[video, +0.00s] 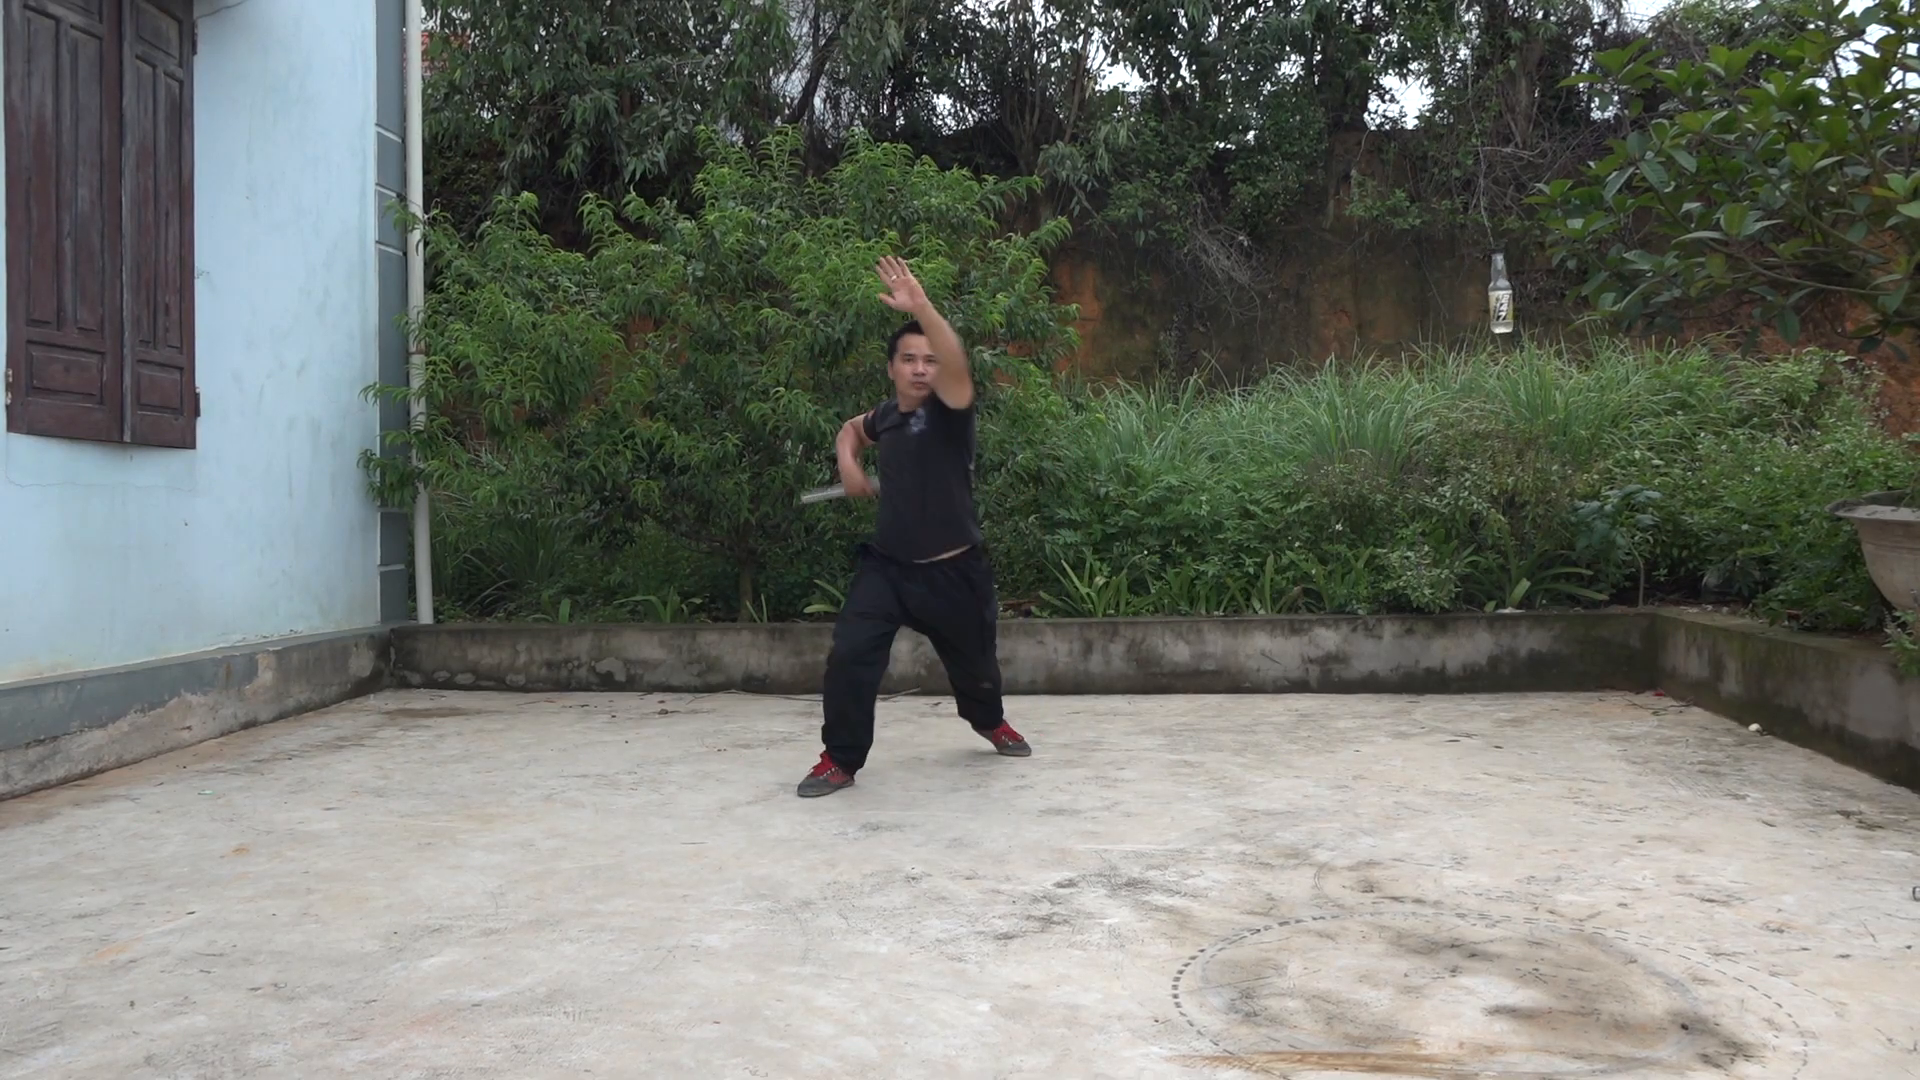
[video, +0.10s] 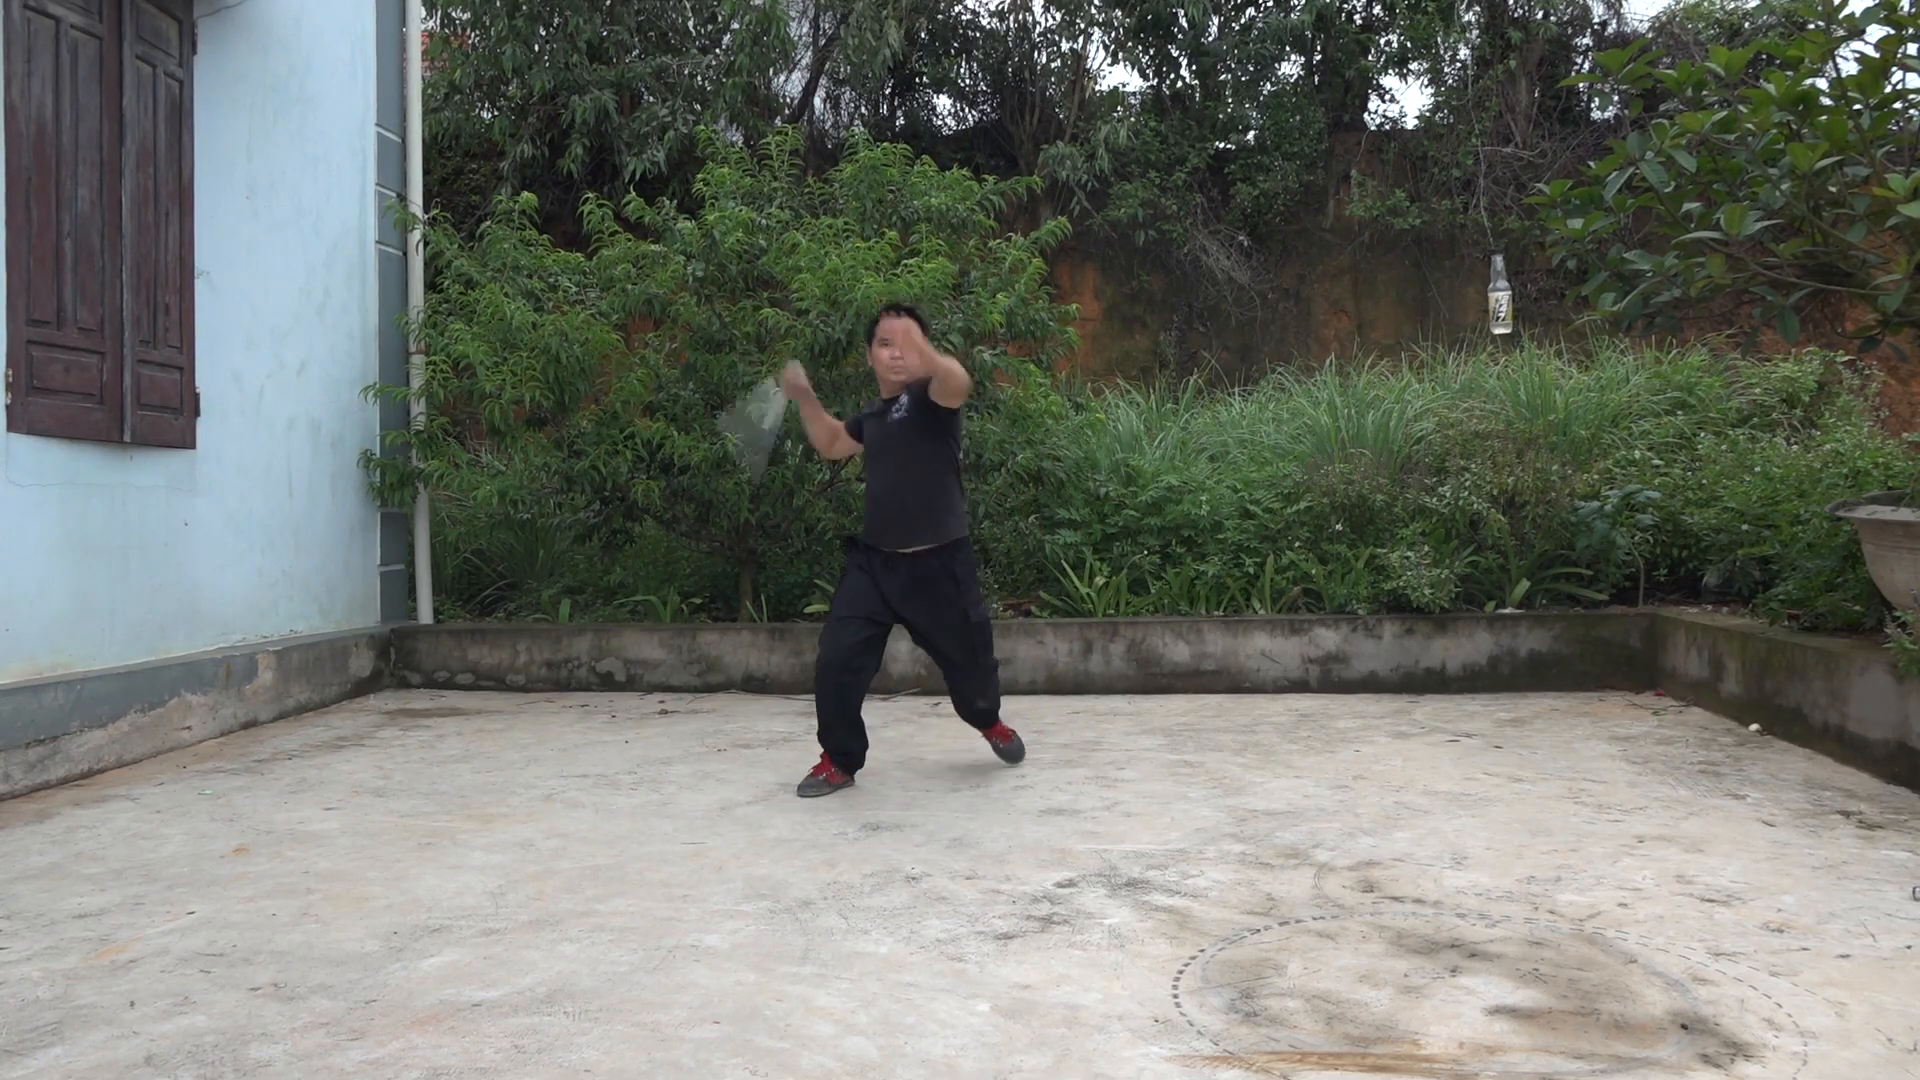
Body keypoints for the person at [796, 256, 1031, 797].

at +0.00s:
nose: (920, 368)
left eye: (928, 360)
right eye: (909, 359)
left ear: (942, 367)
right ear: (892, 369)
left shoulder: (953, 409)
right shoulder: (883, 417)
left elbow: (954, 361)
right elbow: (850, 432)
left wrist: (922, 308)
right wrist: (849, 466)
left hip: (954, 570)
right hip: (888, 567)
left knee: (975, 666)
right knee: (849, 658)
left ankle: (990, 723)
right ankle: (841, 760)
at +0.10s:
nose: (897, 354)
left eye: (907, 345)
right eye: (886, 344)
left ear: (923, 356)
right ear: (870, 354)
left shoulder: (936, 400)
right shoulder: (871, 417)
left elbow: (958, 384)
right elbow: (831, 444)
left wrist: (931, 357)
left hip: (941, 562)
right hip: (875, 564)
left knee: (972, 659)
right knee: (837, 662)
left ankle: (988, 720)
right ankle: (840, 761)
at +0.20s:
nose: (892, 341)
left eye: (904, 332)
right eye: (882, 331)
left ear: (921, 344)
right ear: (865, 343)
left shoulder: (945, 389)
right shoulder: (853, 412)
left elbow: (1011, 426)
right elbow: (785, 445)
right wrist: (796, 377)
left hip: (940, 558)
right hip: (867, 561)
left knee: (967, 662)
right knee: (837, 664)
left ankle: (986, 761)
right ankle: (839, 762)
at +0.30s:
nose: (906, 338)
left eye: (918, 329)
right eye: (895, 328)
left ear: (936, 342)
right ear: (877, 340)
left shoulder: (961, 406)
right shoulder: (854, 394)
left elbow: (994, 467)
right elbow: (780, 389)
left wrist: (987, 510)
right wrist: (807, 334)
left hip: (941, 559)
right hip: (870, 557)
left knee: (958, 668)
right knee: (843, 669)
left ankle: (979, 793)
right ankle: (842, 761)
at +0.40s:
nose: (910, 350)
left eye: (922, 342)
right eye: (899, 343)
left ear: (943, 357)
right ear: (884, 357)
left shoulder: (957, 425)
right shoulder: (871, 398)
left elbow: (957, 498)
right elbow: (835, 326)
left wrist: (981, 532)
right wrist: (829, 241)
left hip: (948, 570)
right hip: (882, 569)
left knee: (951, 680)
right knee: (853, 678)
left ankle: (967, 818)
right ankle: (848, 764)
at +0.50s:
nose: (916, 337)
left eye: (929, 329)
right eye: (906, 328)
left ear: (950, 347)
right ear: (889, 341)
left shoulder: (963, 416)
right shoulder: (870, 387)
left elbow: (977, 515)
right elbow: (832, 362)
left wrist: (989, 492)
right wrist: (826, 290)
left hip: (950, 566)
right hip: (879, 564)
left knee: (967, 684)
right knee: (854, 678)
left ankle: (971, 818)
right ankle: (846, 771)